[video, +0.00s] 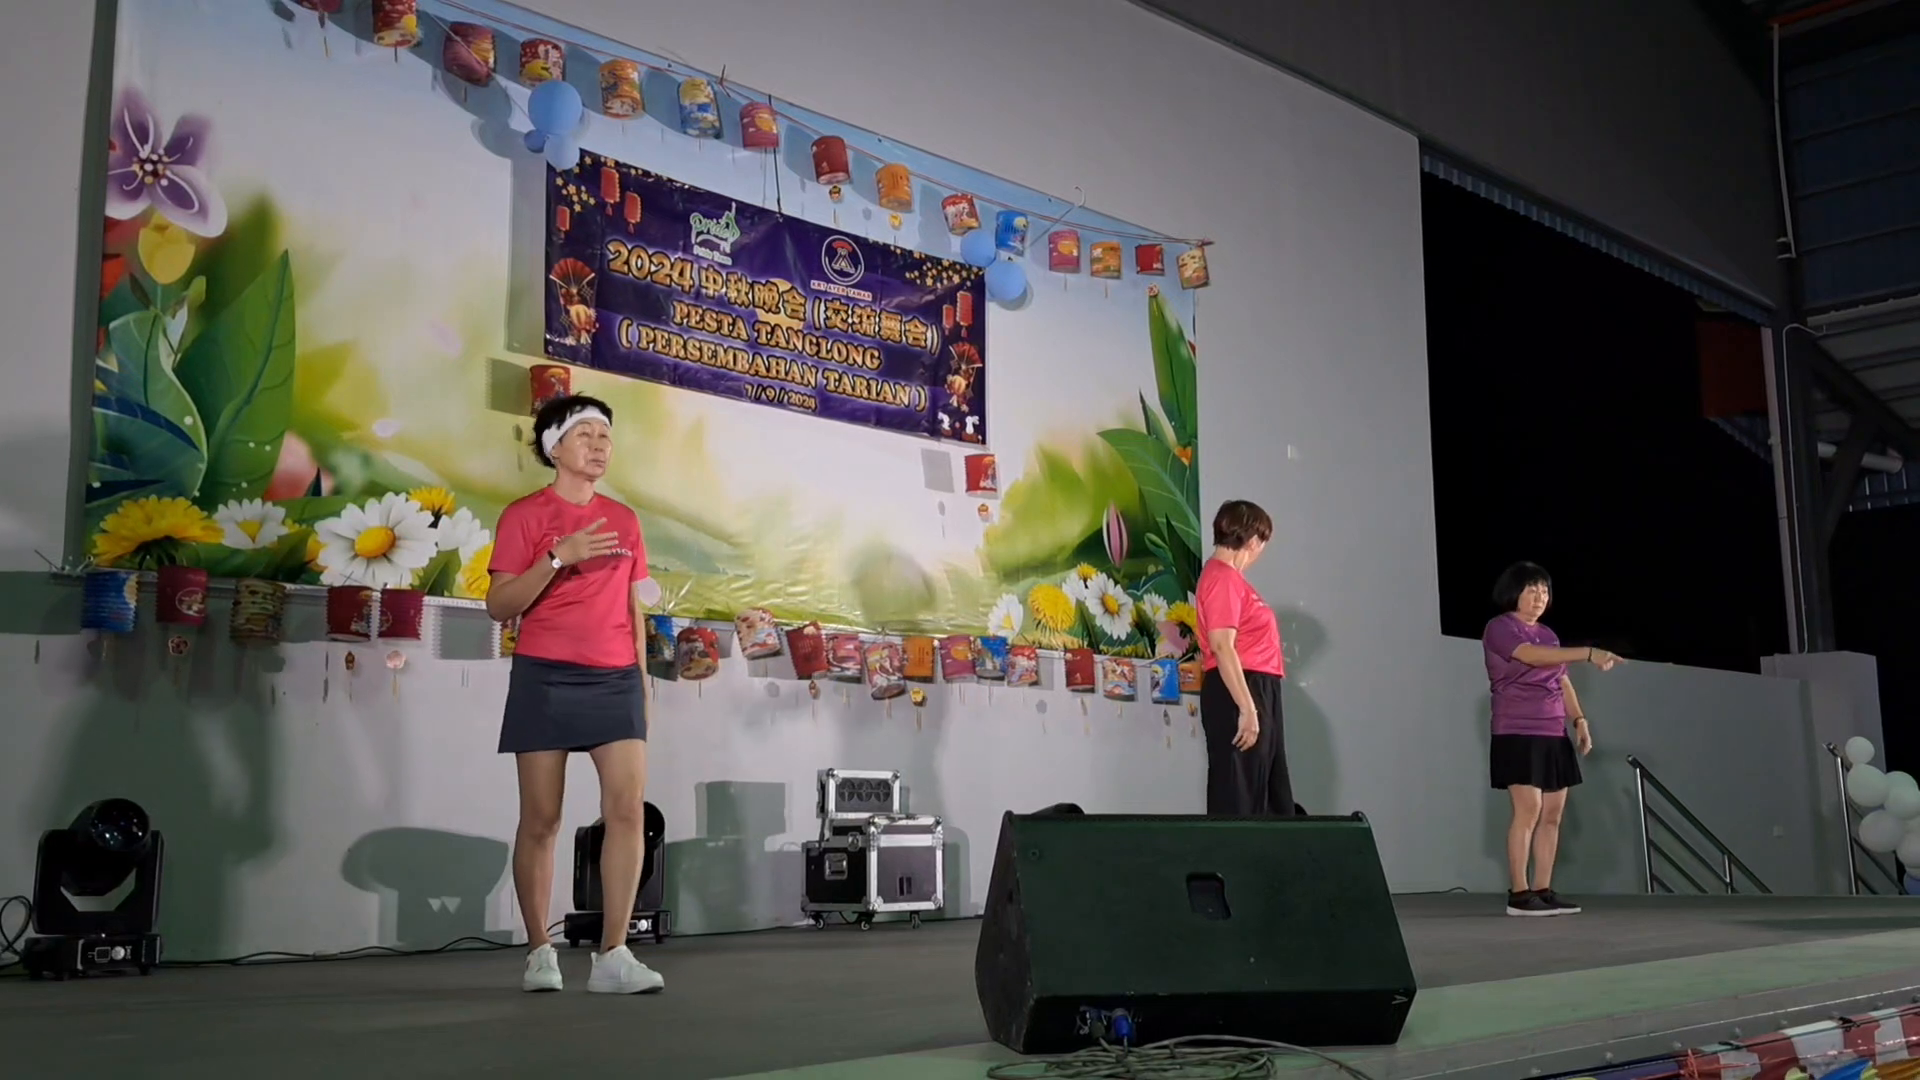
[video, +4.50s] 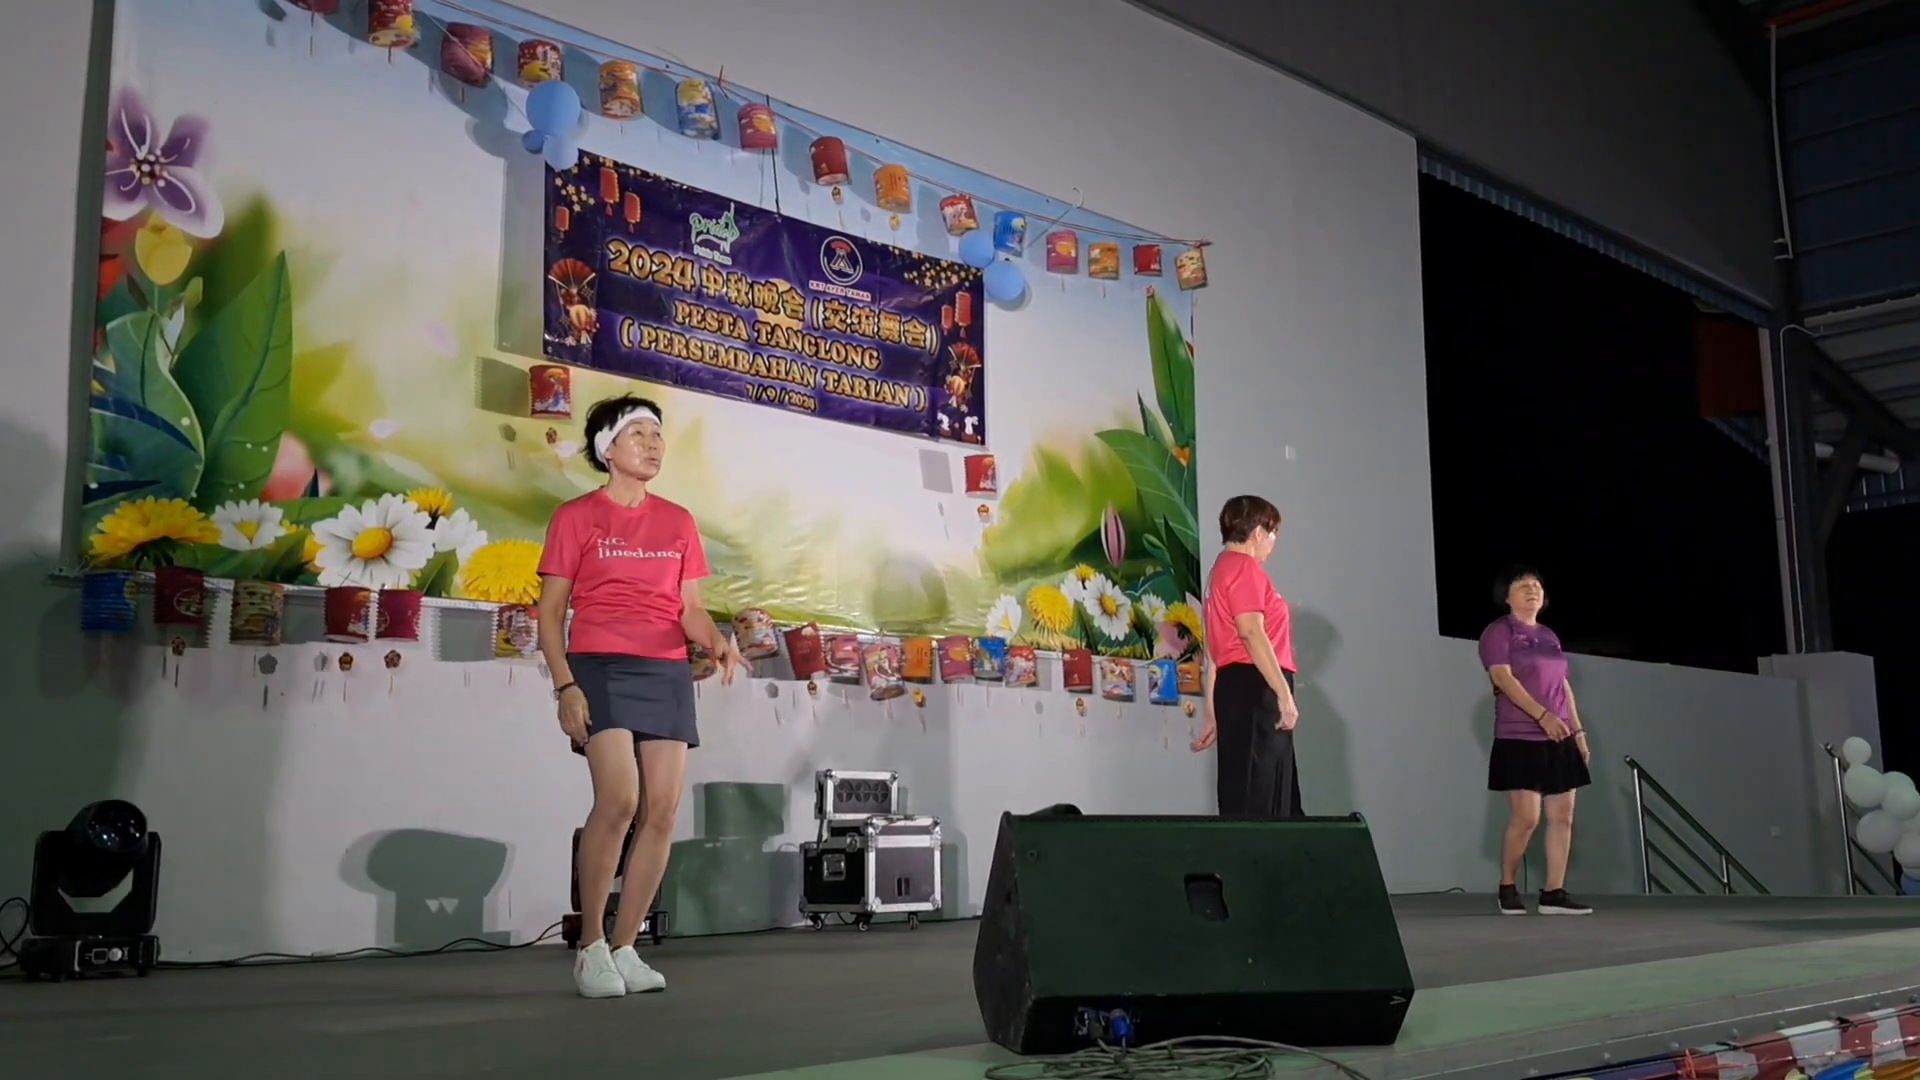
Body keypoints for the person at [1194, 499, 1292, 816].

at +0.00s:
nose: (1261, 550)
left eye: (1263, 542)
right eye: (1262, 541)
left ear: (1224, 532)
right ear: (1252, 540)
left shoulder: (1226, 575)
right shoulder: (1223, 576)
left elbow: (1227, 646)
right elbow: (1222, 645)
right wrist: (1247, 708)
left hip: (1258, 684)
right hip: (1241, 684)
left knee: (1264, 788)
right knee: (1240, 791)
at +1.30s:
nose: (1295, 546)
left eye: (1295, 538)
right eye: (1291, 537)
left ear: (1267, 540)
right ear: (1268, 539)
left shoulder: (1268, 578)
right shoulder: (1247, 577)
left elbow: (1268, 644)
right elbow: (1245, 647)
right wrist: (1267, 707)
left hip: (1299, 691)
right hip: (1274, 691)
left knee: (1299, 796)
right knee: (1275, 798)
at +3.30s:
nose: (1304, 537)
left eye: (1305, 529)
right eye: (1296, 528)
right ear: (1269, 535)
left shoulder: (1299, 583)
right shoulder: (1252, 579)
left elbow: (1319, 651)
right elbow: (1241, 646)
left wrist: (1347, 704)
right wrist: (1255, 708)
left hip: (1312, 698)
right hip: (1275, 697)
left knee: (1308, 805)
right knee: (1280, 806)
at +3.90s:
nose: (1294, 536)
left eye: (1293, 528)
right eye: (1291, 527)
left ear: (1267, 530)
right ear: (1276, 530)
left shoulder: (1268, 574)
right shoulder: (1252, 570)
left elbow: (1281, 650)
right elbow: (1247, 637)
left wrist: (1311, 703)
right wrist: (1269, 700)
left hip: (1285, 692)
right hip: (1261, 691)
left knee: (1287, 796)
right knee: (1261, 798)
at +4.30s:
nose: (1280, 544)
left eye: (1282, 536)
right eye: (1280, 536)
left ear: (1242, 529)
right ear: (1267, 533)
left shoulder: (1231, 567)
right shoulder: (1247, 566)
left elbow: (1244, 635)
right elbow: (1253, 633)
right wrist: (1284, 695)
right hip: (1255, 681)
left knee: (1277, 791)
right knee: (1254, 791)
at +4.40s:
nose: (1277, 541)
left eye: (1277, 533)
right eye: (1276, 532)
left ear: (1235, 529)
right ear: (1263, 532)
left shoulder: (1223, 571)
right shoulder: (1247, 566)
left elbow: (1219, 657)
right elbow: (1254, 632)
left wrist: (1213, 717)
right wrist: (1284, 695)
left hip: (1236, 680)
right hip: (1257, 681)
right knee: (1258, 790)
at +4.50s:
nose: (1274, 543)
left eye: (1275, 534)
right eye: (1272, 533)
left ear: (1234, 530)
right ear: (1255, 532)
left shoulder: (1221, 572)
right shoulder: (1243, 566)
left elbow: (1215, 656)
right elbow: (1251, 632)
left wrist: (1212, 715)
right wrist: (1284, 693)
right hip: (1254, 680)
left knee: (1278, 793)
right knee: (1253, 792)